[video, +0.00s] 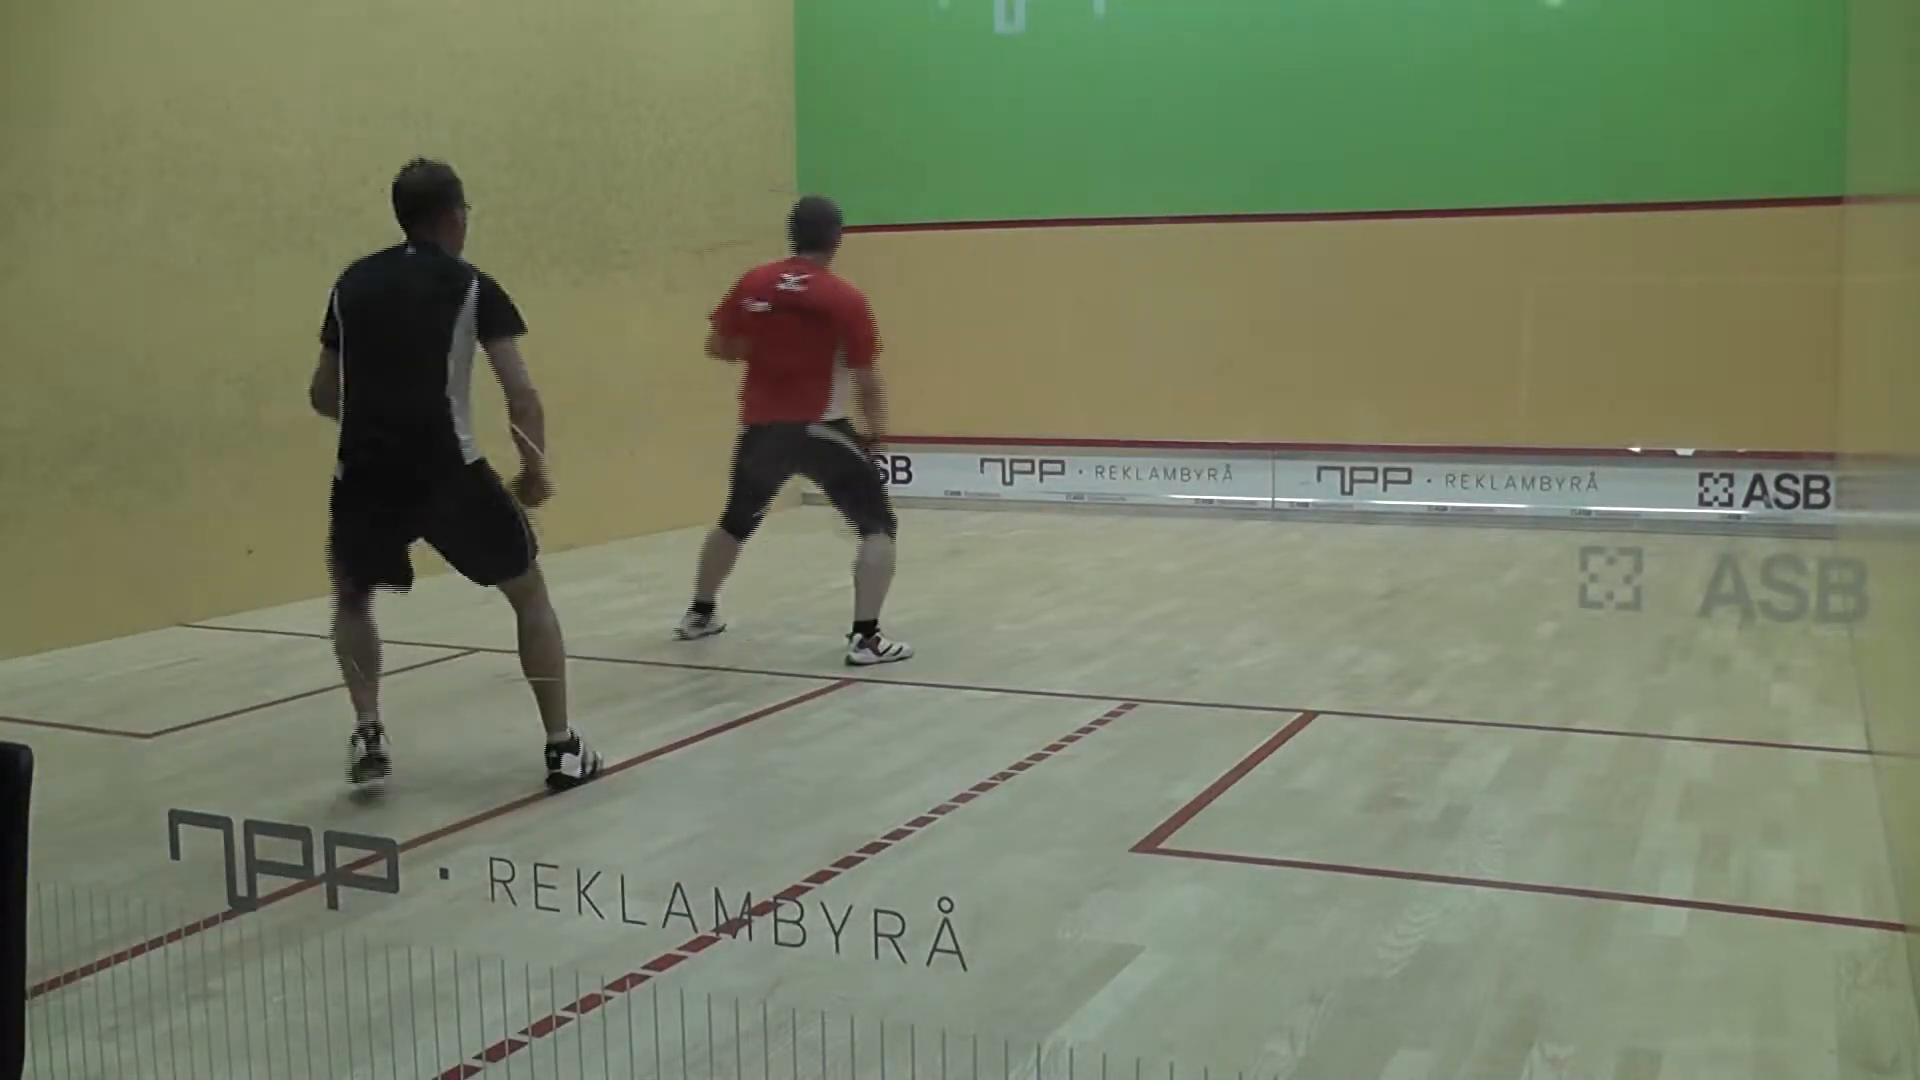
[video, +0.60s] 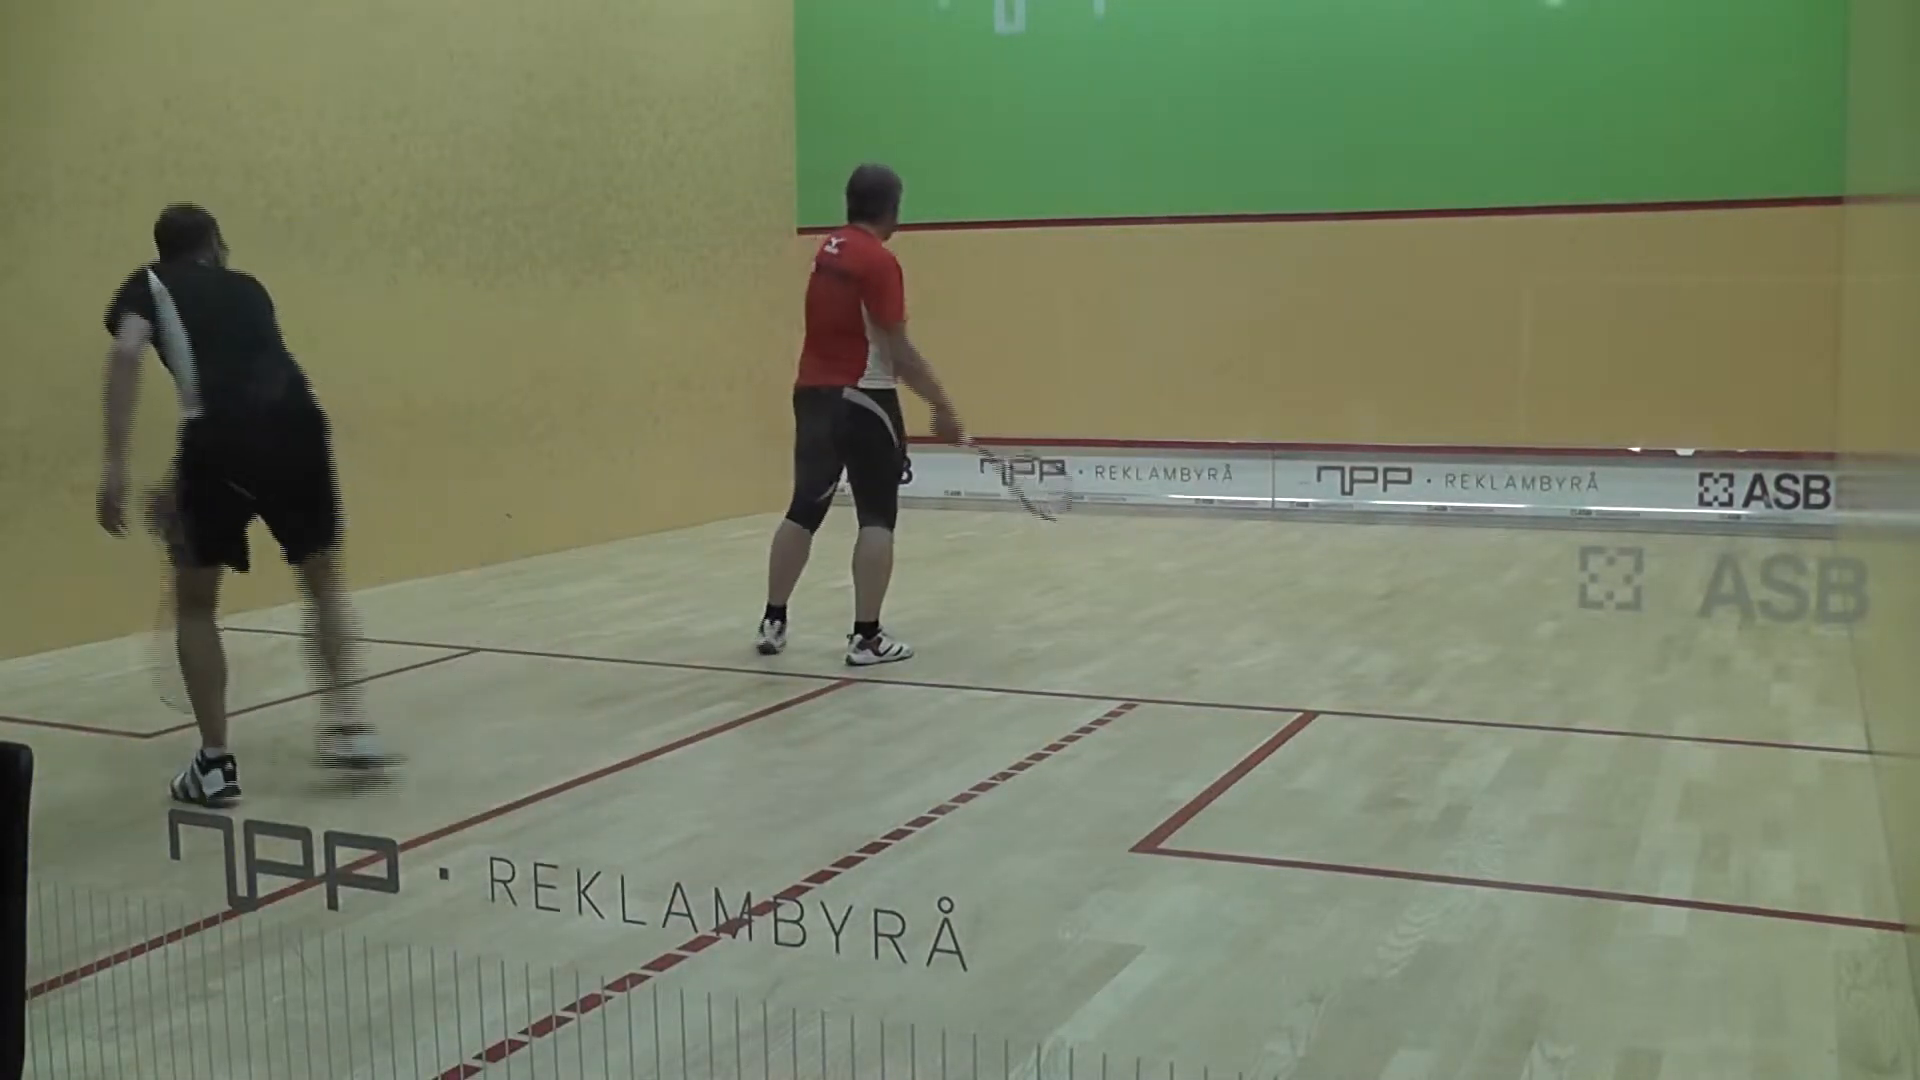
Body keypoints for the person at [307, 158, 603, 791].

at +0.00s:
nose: (467, 221)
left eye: (463, 212)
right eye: (464, 212)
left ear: (402, 221)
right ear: (453, 217)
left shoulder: (353, 282)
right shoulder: (473, 288)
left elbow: (324, 394)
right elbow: (520, 394)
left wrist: (377, 414)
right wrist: (534, 468)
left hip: (367, 480)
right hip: (450, 476)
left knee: (352, 597)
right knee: (530, 598)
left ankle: (368, 734)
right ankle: (562, 745)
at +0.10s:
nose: (443, 237)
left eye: (438, 228)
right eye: (442, 229)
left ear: (381, 235)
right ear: (437, 234)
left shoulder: (338, 298)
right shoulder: (465, 309)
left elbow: (301, 404)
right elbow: (508, 426)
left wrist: (349, 428)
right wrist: (471, 474)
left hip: (354, 494)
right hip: (439, 492)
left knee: (317, 596)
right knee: (531, 592)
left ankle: (325, 716)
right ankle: (563, 746)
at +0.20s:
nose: (398, 254)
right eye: (401, 244)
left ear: (346, 249)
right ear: (401, 249)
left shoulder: (313, 310)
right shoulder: (437, 319)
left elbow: (272, 407)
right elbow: (465, 433)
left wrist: (318, 453)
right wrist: (419, 452)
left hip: (338, 497)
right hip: (425, 494)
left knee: (279, 607)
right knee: (518, 599)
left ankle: (268, 750)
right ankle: (563, 747)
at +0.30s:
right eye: (314, 267)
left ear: (267, 272)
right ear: (320, 271)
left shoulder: (250, 321)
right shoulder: (351, 323)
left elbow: (227, 402)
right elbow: (372, 408)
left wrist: (244, 484)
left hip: (292, 491)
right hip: (376, 484)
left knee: (232, 612)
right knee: (467, 609)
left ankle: (220, 766)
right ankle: (552, 746)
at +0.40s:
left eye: (215, 272)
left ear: (213, 277)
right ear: (263, 277)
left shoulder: (204, 318)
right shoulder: (294, 320)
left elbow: (189, 395)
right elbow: (321, 401)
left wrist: (196, 486)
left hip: (273, 470)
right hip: (350, 465)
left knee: (212, 607)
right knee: (431, 609)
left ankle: (217, 767)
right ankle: (526, 741)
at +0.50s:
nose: (228, 268)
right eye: (225, 259)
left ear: (169, 267)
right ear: (221, 259)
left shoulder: (162, 301)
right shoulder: (256, 298)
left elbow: (144, 371)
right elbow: (285, 379)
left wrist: (141, 484)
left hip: (237, 459)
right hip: (316, 449)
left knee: (205, 610)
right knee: (366, 594)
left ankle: (217, 764)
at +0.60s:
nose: (226, 254)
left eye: (220, 248)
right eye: (223, 246)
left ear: (162, 251)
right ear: (216, 246)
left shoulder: (149, 283)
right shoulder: (246, 286)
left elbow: (127, 354)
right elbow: (242, 396)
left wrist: (115, 470)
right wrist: (182, 483)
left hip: (217, 445)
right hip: (295, 436)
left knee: (196, 606)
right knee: (325, 580)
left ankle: (215, 759)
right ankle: (347, 726)